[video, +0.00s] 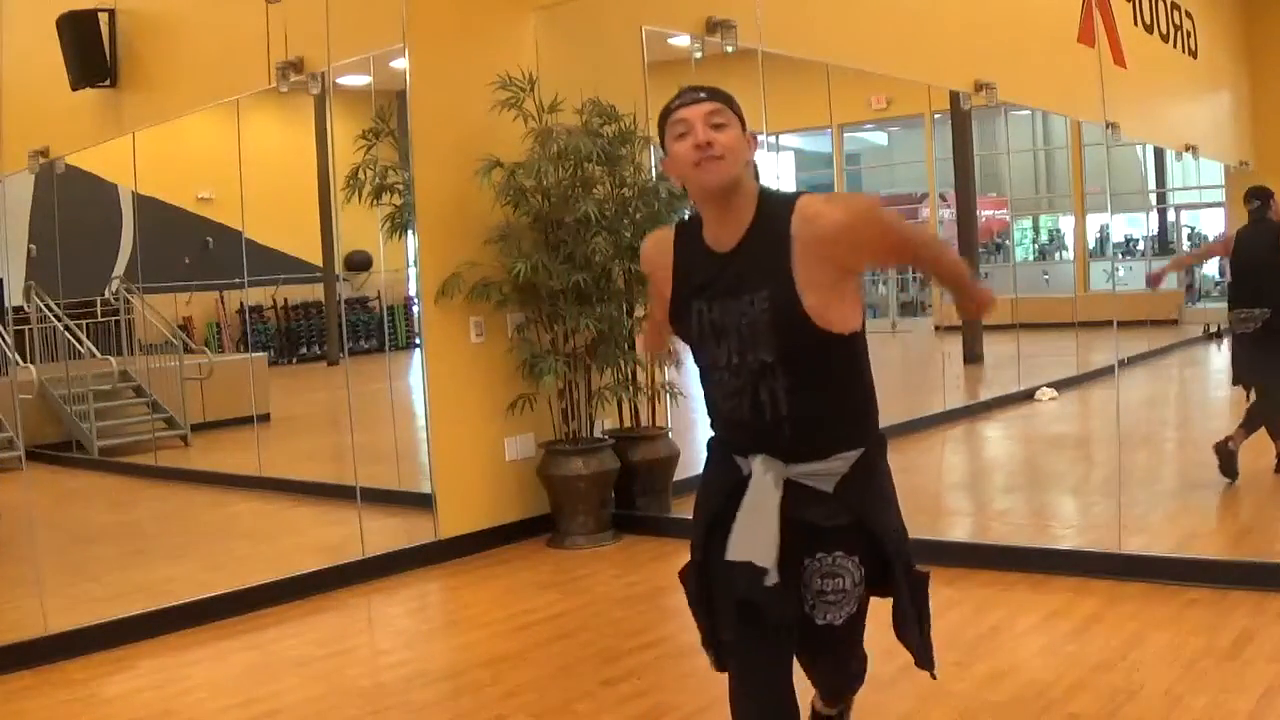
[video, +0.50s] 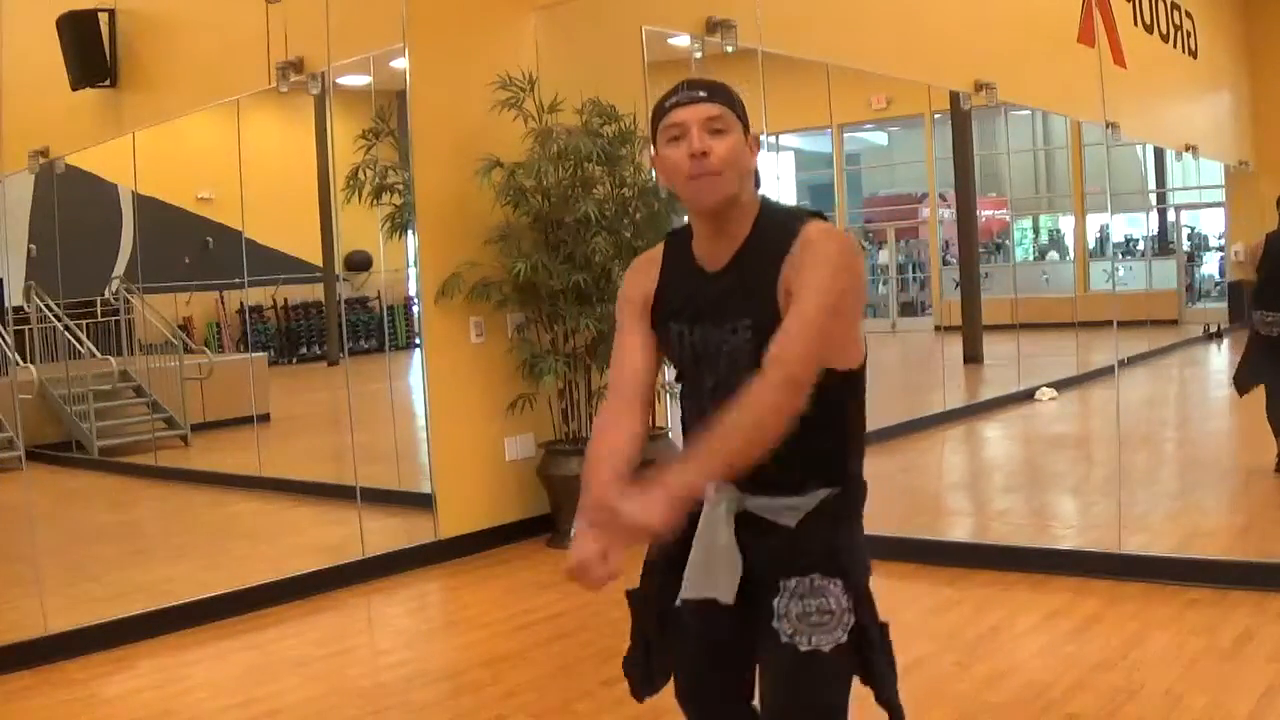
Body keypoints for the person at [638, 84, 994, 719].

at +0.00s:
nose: (703, 138)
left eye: (718, 124)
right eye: (683, 134)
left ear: (750, 145)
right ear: (669, 169)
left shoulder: (830, 225)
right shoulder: (665, 254)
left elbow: (927, 251)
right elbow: (663, 309)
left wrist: (971, 292)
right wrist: (654, 335)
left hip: (831, 474)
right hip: (738, 476)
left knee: (828, 644)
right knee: (750, 661)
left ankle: (832, 706)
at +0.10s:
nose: (696, 130)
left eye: (711, 114)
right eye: (675, 124)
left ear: (747, 136)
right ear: (660, 158)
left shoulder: (822, 216)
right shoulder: (658, 235)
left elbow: (917, 216)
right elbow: (692, 319)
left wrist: (973, 233)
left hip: (828, 475)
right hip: (733, 476)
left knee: (831, 657)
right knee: (750, 675)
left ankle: (855, 712)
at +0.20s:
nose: (687, 128)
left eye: (705, 110)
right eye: (668, 119)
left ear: (742, 129)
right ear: (653, 150)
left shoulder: (819, 218)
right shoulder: (651, 233)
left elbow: (924, 246)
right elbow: (669, 287)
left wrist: (996, 286)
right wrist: (653, 311)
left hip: (825, 481)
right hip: (728, 478)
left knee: (836, 675)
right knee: (748, 681)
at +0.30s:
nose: (685, 126)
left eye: (702, 109)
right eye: (665, 118)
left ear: (738, 130)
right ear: (648, 150)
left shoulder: (810, 230)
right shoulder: (648, 244)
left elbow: (917, 324)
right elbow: (646, 331)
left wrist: (986, 430)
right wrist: (632, 414)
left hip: (823, 492)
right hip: (720, 493)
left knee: (837, 694)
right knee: (744, 693)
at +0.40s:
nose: (689, 134)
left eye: (707, 116)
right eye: (669, 124)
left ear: (743, 134)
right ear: (653, 153)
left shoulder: (814, 240)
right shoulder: (651, 258)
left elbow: (863, 401)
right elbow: (629, 394)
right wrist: (598, 513)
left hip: (813, 501)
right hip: (712, 500)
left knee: (820, 702)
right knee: (728, 693)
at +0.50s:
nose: (697, 148)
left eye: (716, 129)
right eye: (676, 136)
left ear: (753, 148)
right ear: (657, 167)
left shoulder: (821, 250)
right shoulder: (649, 274)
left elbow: (780, 391)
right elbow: (624, 403)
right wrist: (599, 509)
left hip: (805, 523)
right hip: (703, 519)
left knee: (801, 705)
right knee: (706, 700)